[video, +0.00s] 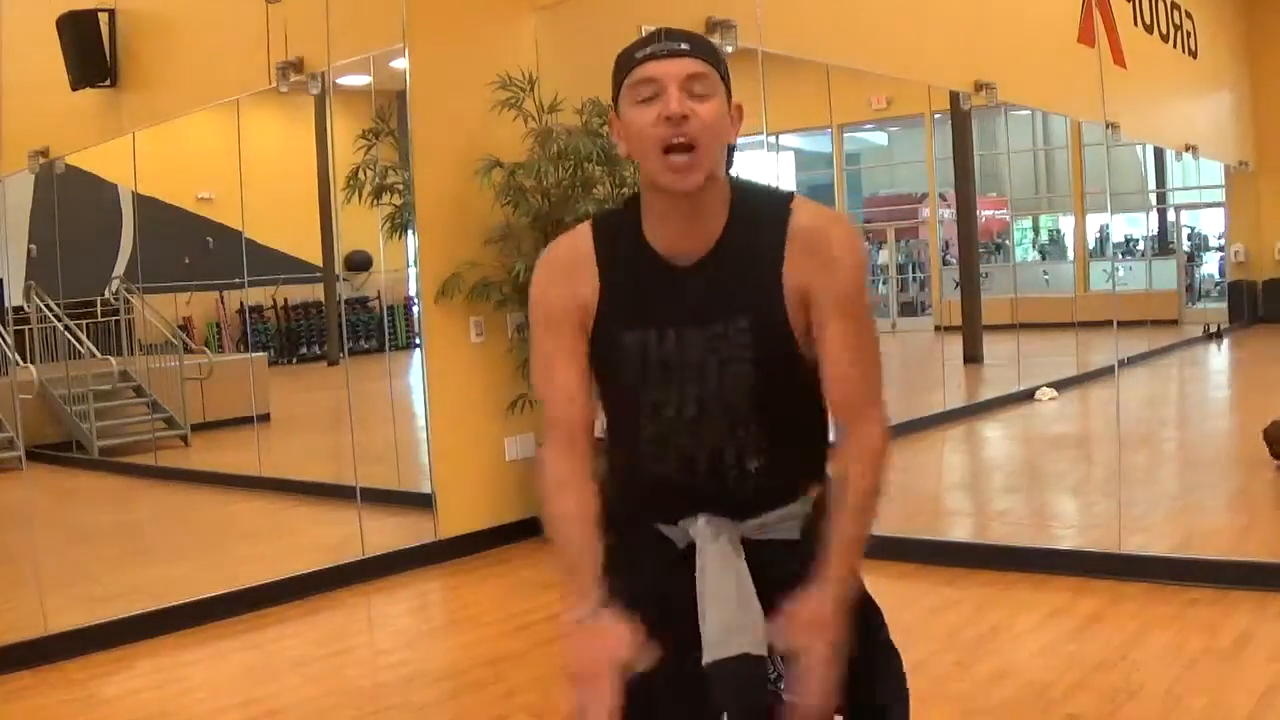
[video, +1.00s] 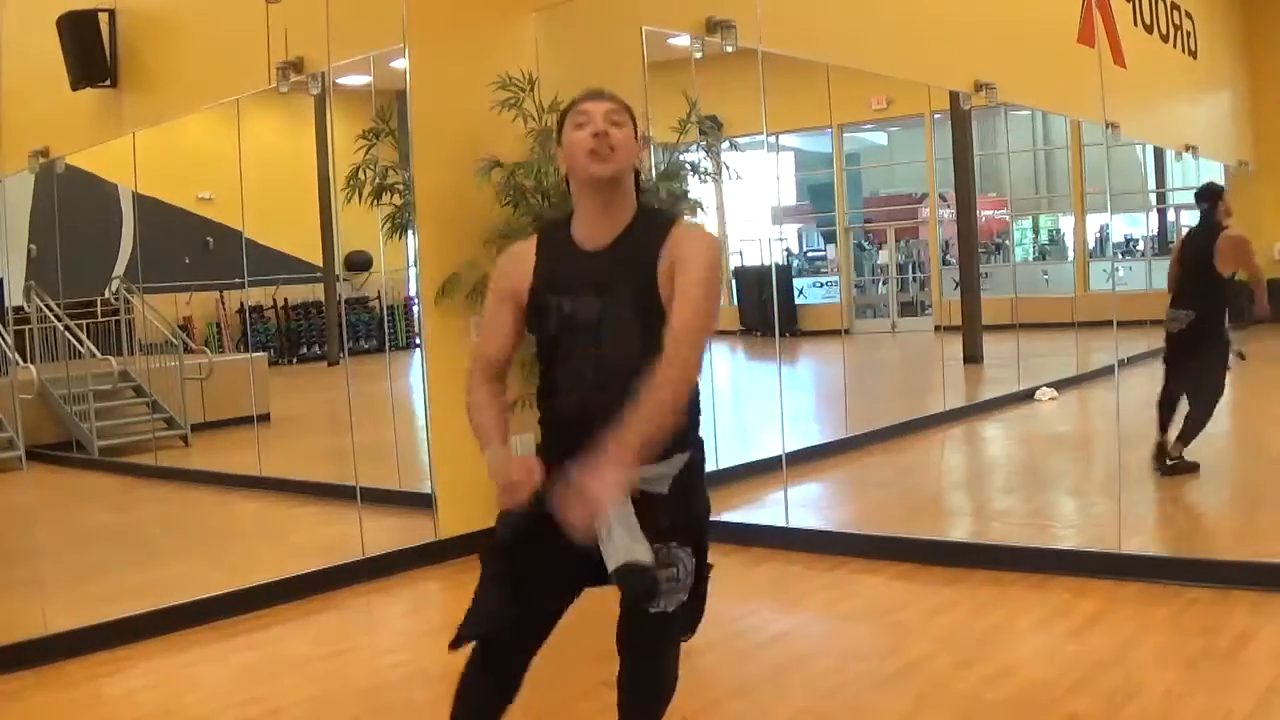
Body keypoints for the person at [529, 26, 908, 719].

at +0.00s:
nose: (676, 109)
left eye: (698, 89)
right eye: (648, 95)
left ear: (734, 119)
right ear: (618, 132)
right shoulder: (571, 268)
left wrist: (833, 587)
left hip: (791, 558)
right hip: (648, 567)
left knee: (863, 696)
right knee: (648, 704)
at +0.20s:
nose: (640, 110)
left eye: (663, 93)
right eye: (615, 97)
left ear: (699, 125)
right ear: (588, 137)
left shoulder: (782, 229)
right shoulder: (534, 271)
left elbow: (880, 262)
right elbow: (481, 353)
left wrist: (924, 313)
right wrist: (460, 420)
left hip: (754, 561)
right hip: (616, 566)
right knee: (595, 708)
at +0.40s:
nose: (594, 127)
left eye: (614, 112)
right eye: (569, 119)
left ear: (647, 142)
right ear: (543, 158)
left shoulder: (720, 226)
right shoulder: (496, 281)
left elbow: (792, 227)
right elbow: (447, 360)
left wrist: (833, 309)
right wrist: (433, 432)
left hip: (706, 553)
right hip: (574, 563)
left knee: (733, 707)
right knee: (553, 706)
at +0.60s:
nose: (579, 130)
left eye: (594, 118)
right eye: (556, 122)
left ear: (621, 147)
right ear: (531, 158)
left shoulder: (686, 249)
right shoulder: (488, 275)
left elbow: (753, 373)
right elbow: (439, 390)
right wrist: (455, 468)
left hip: (676, 524)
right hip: (553, 536)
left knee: (746, 693)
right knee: (532, 704)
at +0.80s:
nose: (594, 62)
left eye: (611, 54)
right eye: (574, 56)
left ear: (637, 88)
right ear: (552, 94)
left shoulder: (686, 167)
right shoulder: (509, 194)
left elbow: (670, 227)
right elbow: (464, 276)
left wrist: (547, 154)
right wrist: (474, 307)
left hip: (656, 437)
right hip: (545, 443)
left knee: (680, 619)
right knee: (556, 635)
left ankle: (639, 713)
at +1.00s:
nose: (599, 130)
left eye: (615, 122)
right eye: (582, 124)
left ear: (640, 150)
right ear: (561, 157)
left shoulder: (687, 247)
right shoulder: (523, 261)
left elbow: (675, 378)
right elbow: (488, 373)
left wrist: (607, 467)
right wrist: (500, 457)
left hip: (659, 488)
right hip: (560, 482)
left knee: (646, 681)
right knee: (494, 663)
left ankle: (639, 717)